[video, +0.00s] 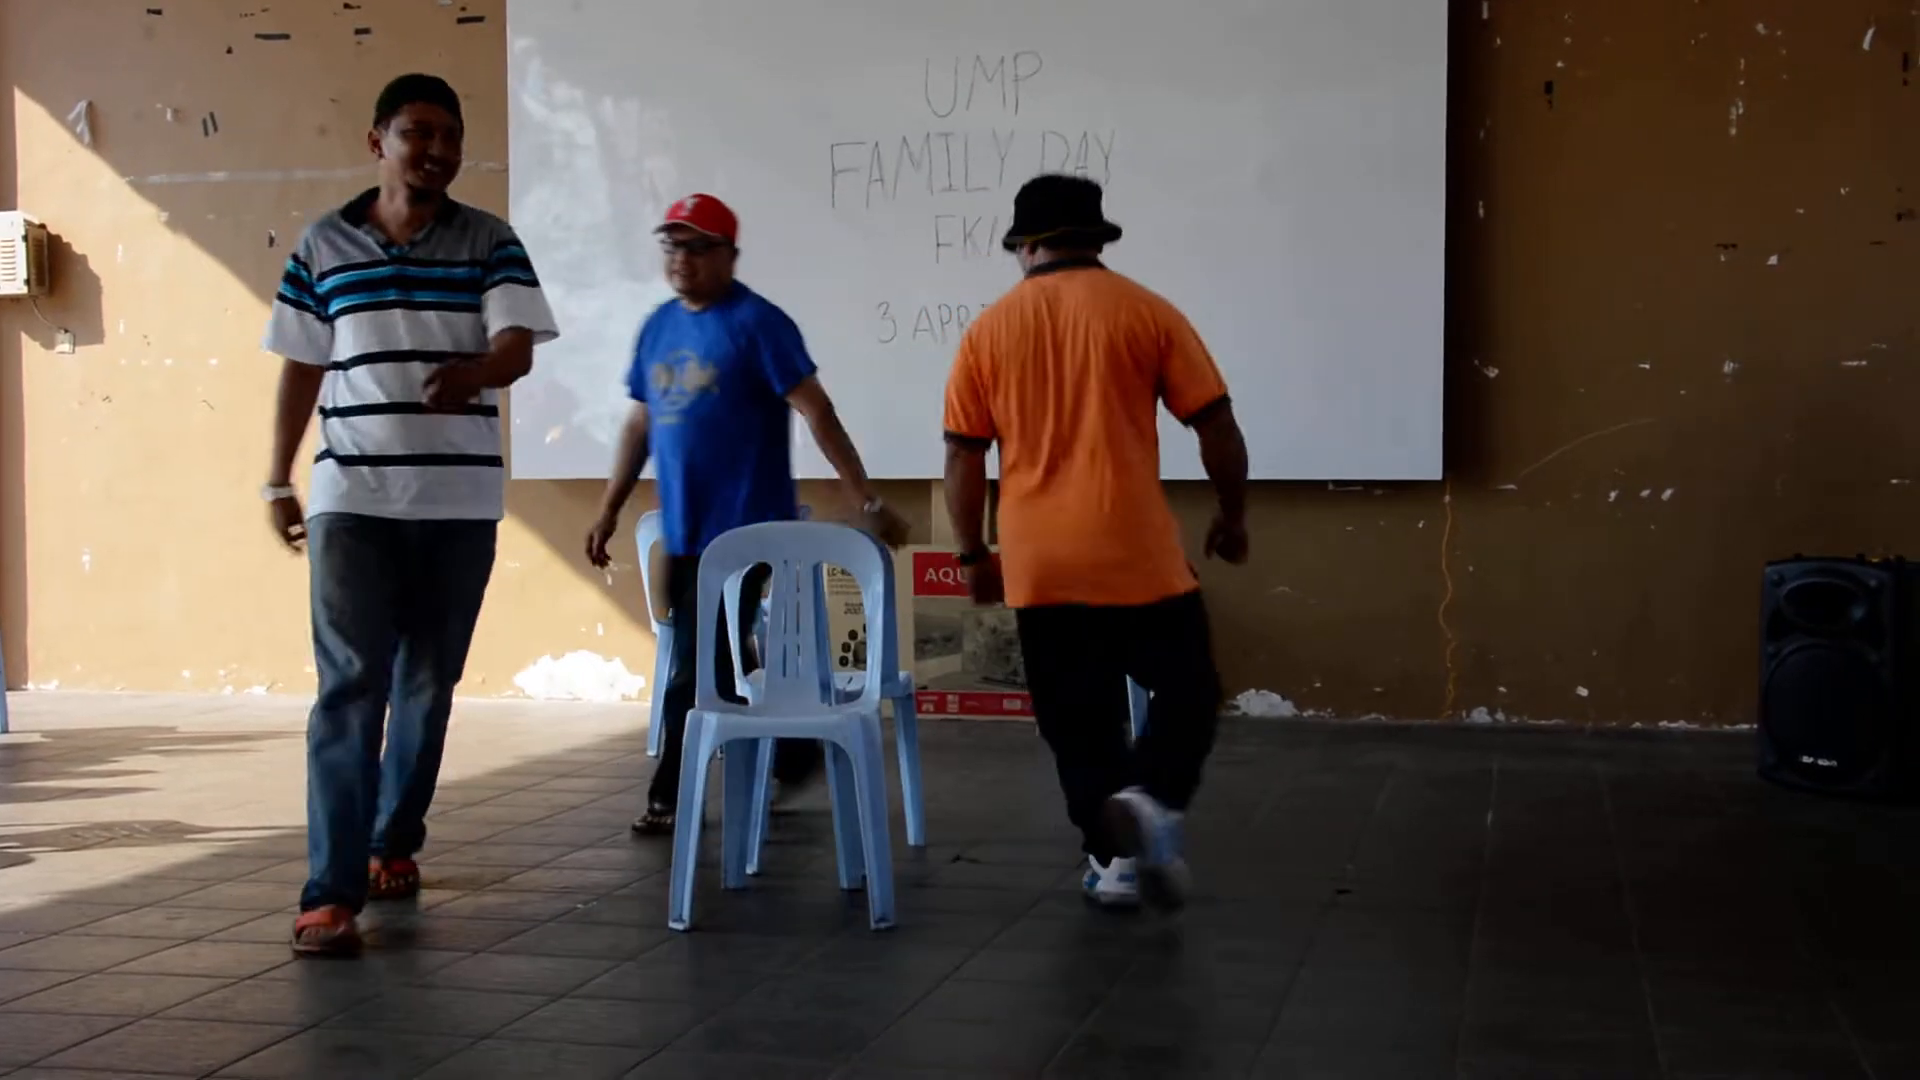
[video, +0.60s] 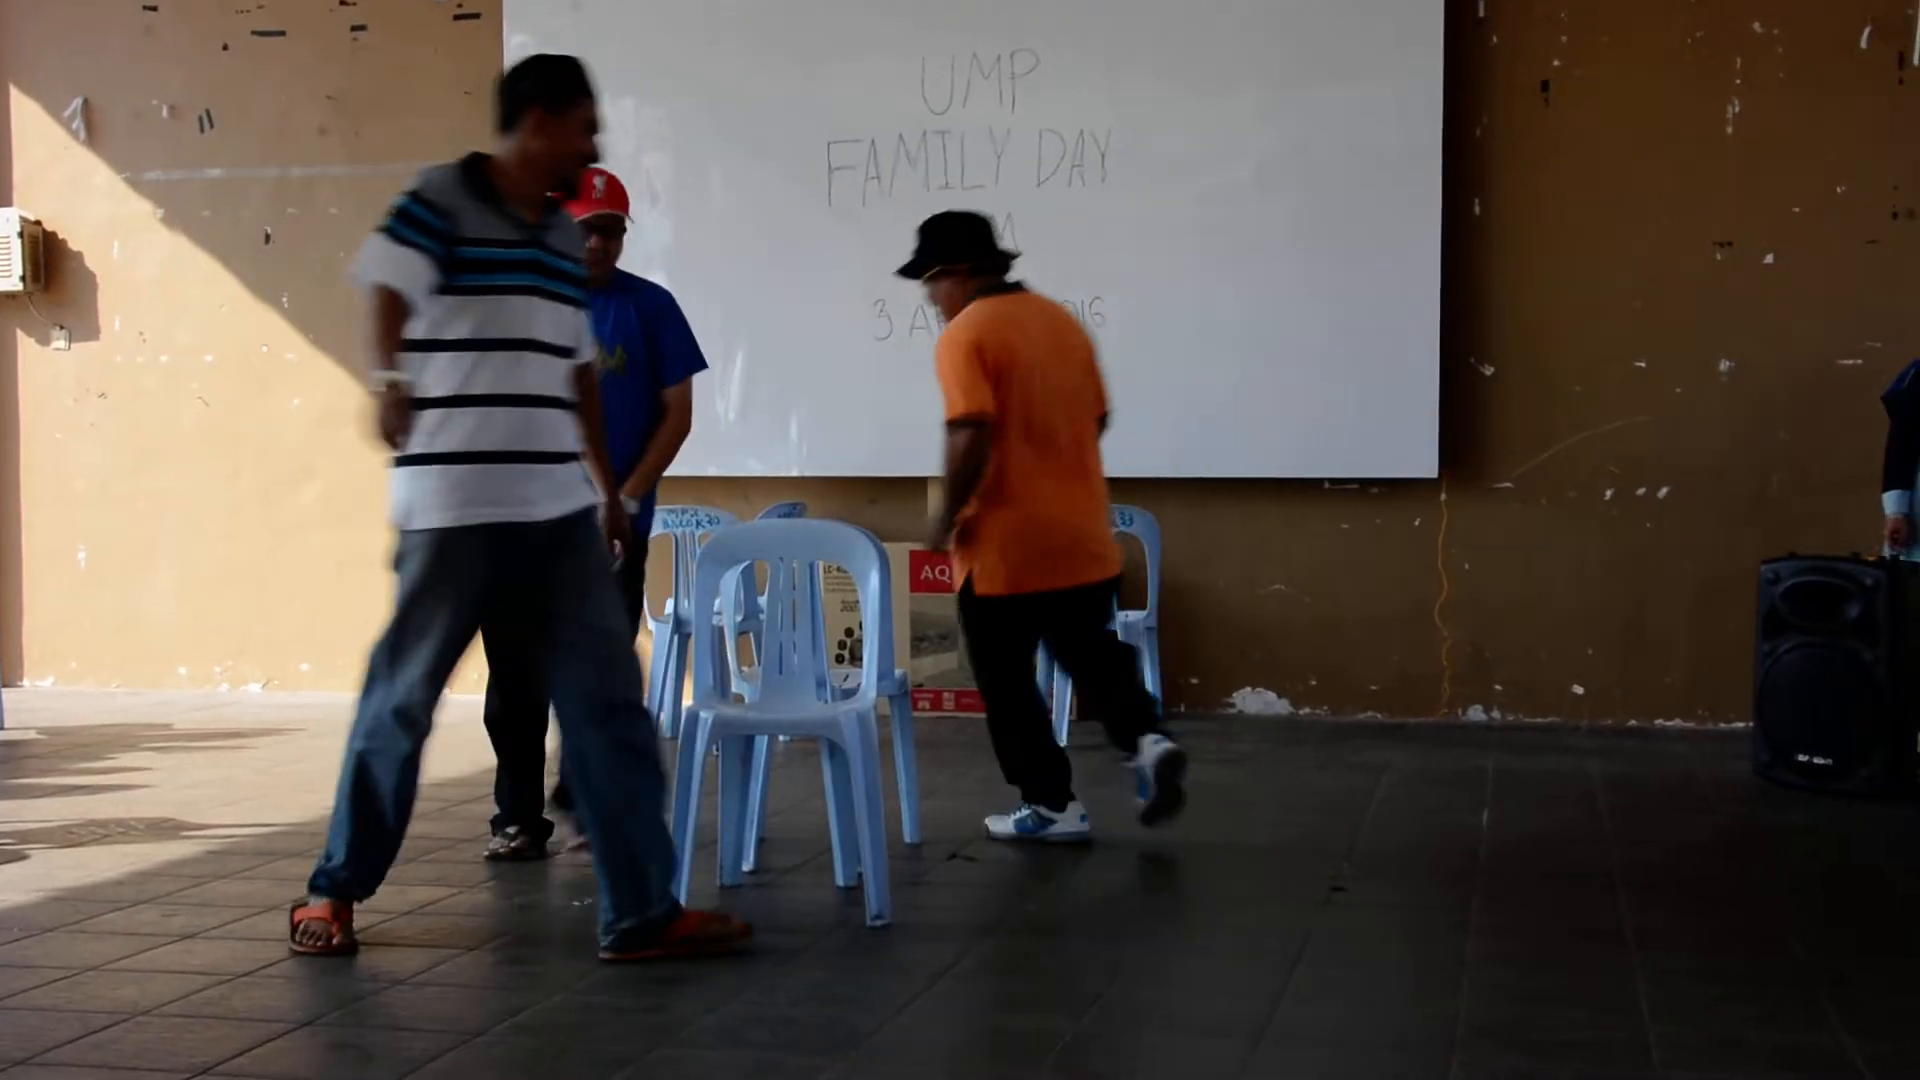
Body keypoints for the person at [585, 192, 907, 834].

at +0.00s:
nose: (678, 260)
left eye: (693, 248)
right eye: (669, 248)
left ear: (727, 255)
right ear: (662, 256)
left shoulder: (759, 322)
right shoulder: (657, 327)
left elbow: (817, 410)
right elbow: (639, 426)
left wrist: (865, 497)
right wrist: (609, 511)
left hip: (753, 530)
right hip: (685, 531)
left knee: (692, 666)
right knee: (706, 661)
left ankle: (670, 798)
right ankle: (797, 749)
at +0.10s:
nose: (658, 256)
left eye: (673, 245)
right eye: (649, 244)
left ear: (706, 252)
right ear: (639, 252)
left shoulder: (739, 319)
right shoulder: (631, 322)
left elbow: (800, 408)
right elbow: (617, 425)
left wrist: (850, 494)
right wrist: (598, 511)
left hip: (718, 529)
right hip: (642, 527)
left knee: (696, 664)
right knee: (630, 646)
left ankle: (669, 798)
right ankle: (708, 738)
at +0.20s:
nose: (639, 251)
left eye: (655, 240)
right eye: (629, 239)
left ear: (685, 246)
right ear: (618, 244)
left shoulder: (718, 315)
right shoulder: (602, 320)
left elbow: (765, 403)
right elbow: (589, 420)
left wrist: (793, 482)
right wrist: (586, 507)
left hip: (696, 530)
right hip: (614, 526)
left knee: (685, 672)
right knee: (587, 649)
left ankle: (671, 794)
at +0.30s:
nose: (622, 253)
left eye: (638, 241)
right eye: (611, 239)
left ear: (665, 247)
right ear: (596, 244)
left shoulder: (697, 316)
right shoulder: (572, 318)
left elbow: (728, 415)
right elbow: (555, 419)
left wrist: (722, 502)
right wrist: (543, 503)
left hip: (669, 535)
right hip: (586, 534)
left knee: (674, 683)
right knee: (557, 678)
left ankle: (667, 799)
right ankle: (529, 807)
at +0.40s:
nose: (610, 259)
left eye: (626, 247)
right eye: (598, 244)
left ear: (646, 253)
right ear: (576, 247)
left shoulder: (677, 322)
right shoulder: (545, 318)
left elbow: (697, 430)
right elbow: (509, 417)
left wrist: (644, 522)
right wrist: (498, 502)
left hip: (647, 542)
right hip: (556, 536)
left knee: (651, 679)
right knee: (537, 680)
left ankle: (662, 796)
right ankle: (523, 816)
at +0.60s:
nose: (600, 242)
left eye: (611, 230)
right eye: (587, 228)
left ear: (624, 237)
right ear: (559, 228)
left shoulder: (649, 306)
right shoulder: (530, 300)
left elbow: (678, 417)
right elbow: (506, 401)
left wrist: (624, 498)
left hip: (613, 512)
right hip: (534, 506)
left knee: (602, 669)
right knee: (518, 674)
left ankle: (587, 804)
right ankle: (518, 813)